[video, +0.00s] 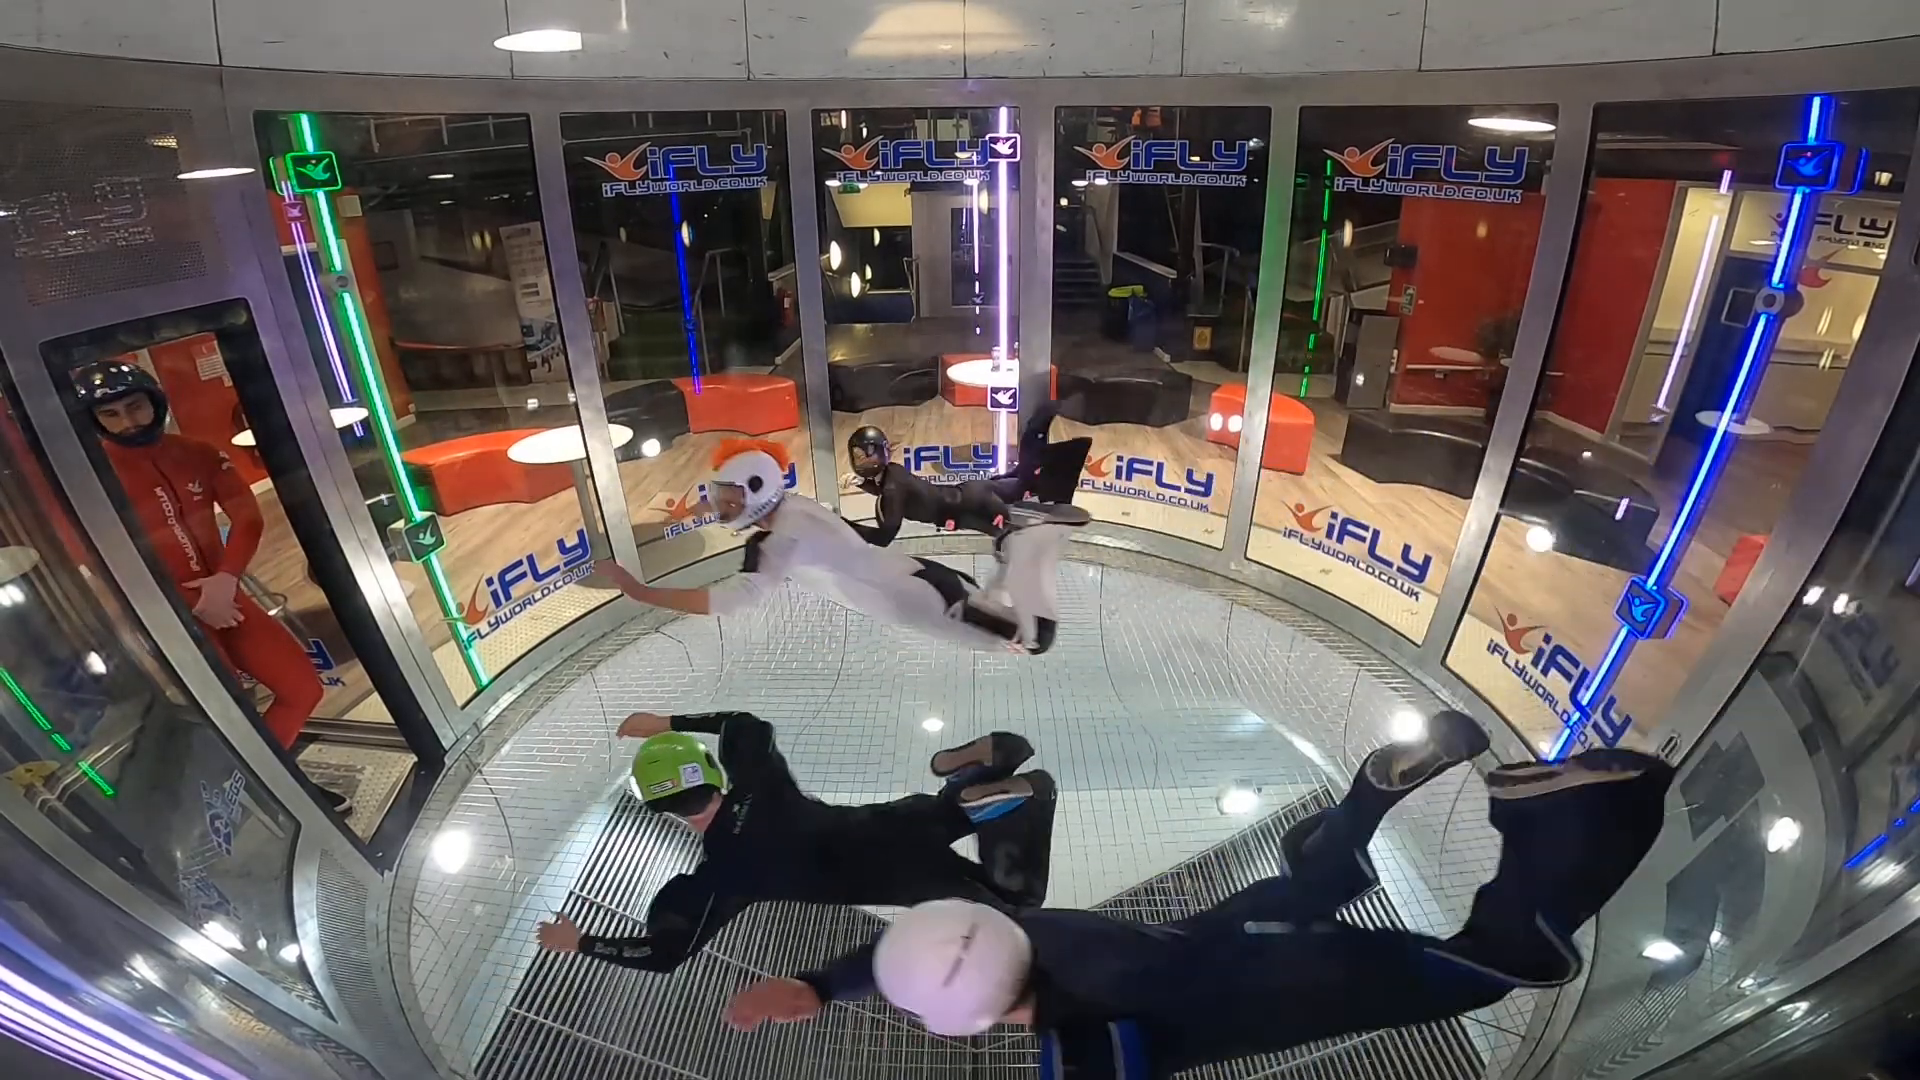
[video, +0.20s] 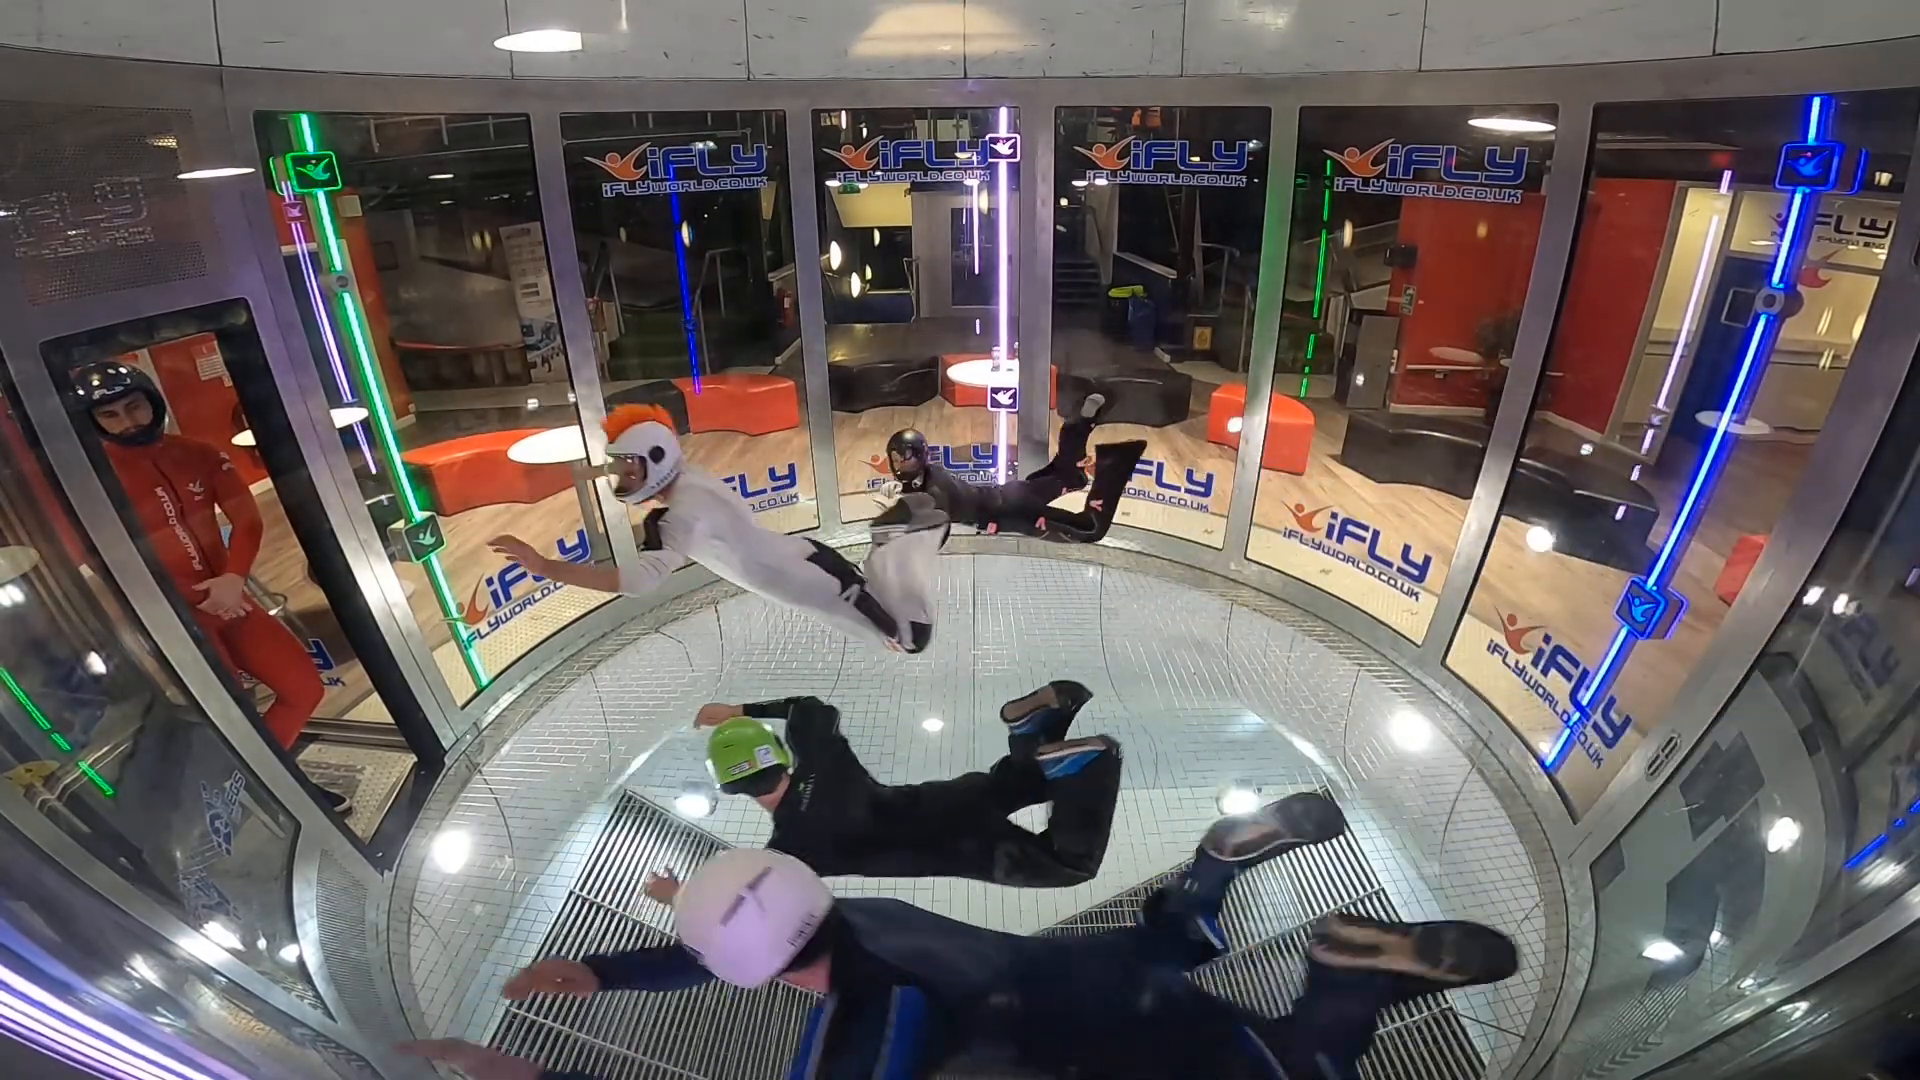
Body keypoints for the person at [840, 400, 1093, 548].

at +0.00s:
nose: (860, 460)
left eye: (866, 454)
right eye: (856, 455)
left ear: (881, 453)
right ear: (854, 456)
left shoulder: (892, 486)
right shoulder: (888, 476)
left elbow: (882, 538)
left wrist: (842, 525)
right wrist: (870, 488)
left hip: (973, 507)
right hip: (969, 491)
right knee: (1026, 479)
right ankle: (1040, 424)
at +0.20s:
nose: (900, 465)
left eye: (907, 458)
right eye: (895, 459)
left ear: (922, 457)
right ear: (891, 461)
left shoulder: (936, 484)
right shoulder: (916, 479)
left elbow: (935, 520)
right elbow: (904, 510)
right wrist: (880, 524)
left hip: (1012, 503)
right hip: (1000, 498)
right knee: (1058, 475)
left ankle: (1114, 464)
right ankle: (1082, 424)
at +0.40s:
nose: (928, 470)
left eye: (933, 462)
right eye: (925, 464)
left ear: (952, 460)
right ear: (933, 463)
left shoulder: (969, 491)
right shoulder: (962, 482)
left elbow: (974, 546)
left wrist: (934, 528)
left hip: (1047, 509)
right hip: (1039, 506)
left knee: (1130, 520)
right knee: (1090, 472)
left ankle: (1165, 458)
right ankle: (1112, 414)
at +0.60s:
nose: (950, 473)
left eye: (956, 468)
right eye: (950, 467)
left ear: (974, 470)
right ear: (961, 469)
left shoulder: (993, 502)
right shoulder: (976, 496)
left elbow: (1006, 549)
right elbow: (995, 533)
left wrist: (969, 528)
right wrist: (971, 522)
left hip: (1080, 520)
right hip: (1066, 508)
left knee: (1159, 515)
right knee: (1120, 478)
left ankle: (1200, 441)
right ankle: (1142, 413)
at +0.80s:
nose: (955, 482)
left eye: (961, 476)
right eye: (956, 476)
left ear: (980, 477)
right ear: (975, 476)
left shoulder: (1003, 511)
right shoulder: (990, 503)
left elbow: (1010, 558)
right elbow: (1004, 547)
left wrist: (979, 534)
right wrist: (982, 528)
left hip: (1093, 530)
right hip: (1079, 515)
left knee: (1171, 524)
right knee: (1141, 489)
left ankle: (1197, 447)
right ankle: (1162, 427)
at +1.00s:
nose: (952, 489)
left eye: (960, 483)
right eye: (952, 482)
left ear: (979, 486)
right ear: (962, 484)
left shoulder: (994, 524)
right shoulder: (986, 513)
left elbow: (997, 572)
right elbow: (999, 564)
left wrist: (963, 550)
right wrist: (967, 544)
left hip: (1086, 545)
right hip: (1078, 529)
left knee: (1167, 548)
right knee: (1142, 508)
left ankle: (1189, 472)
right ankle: (1175, 450)